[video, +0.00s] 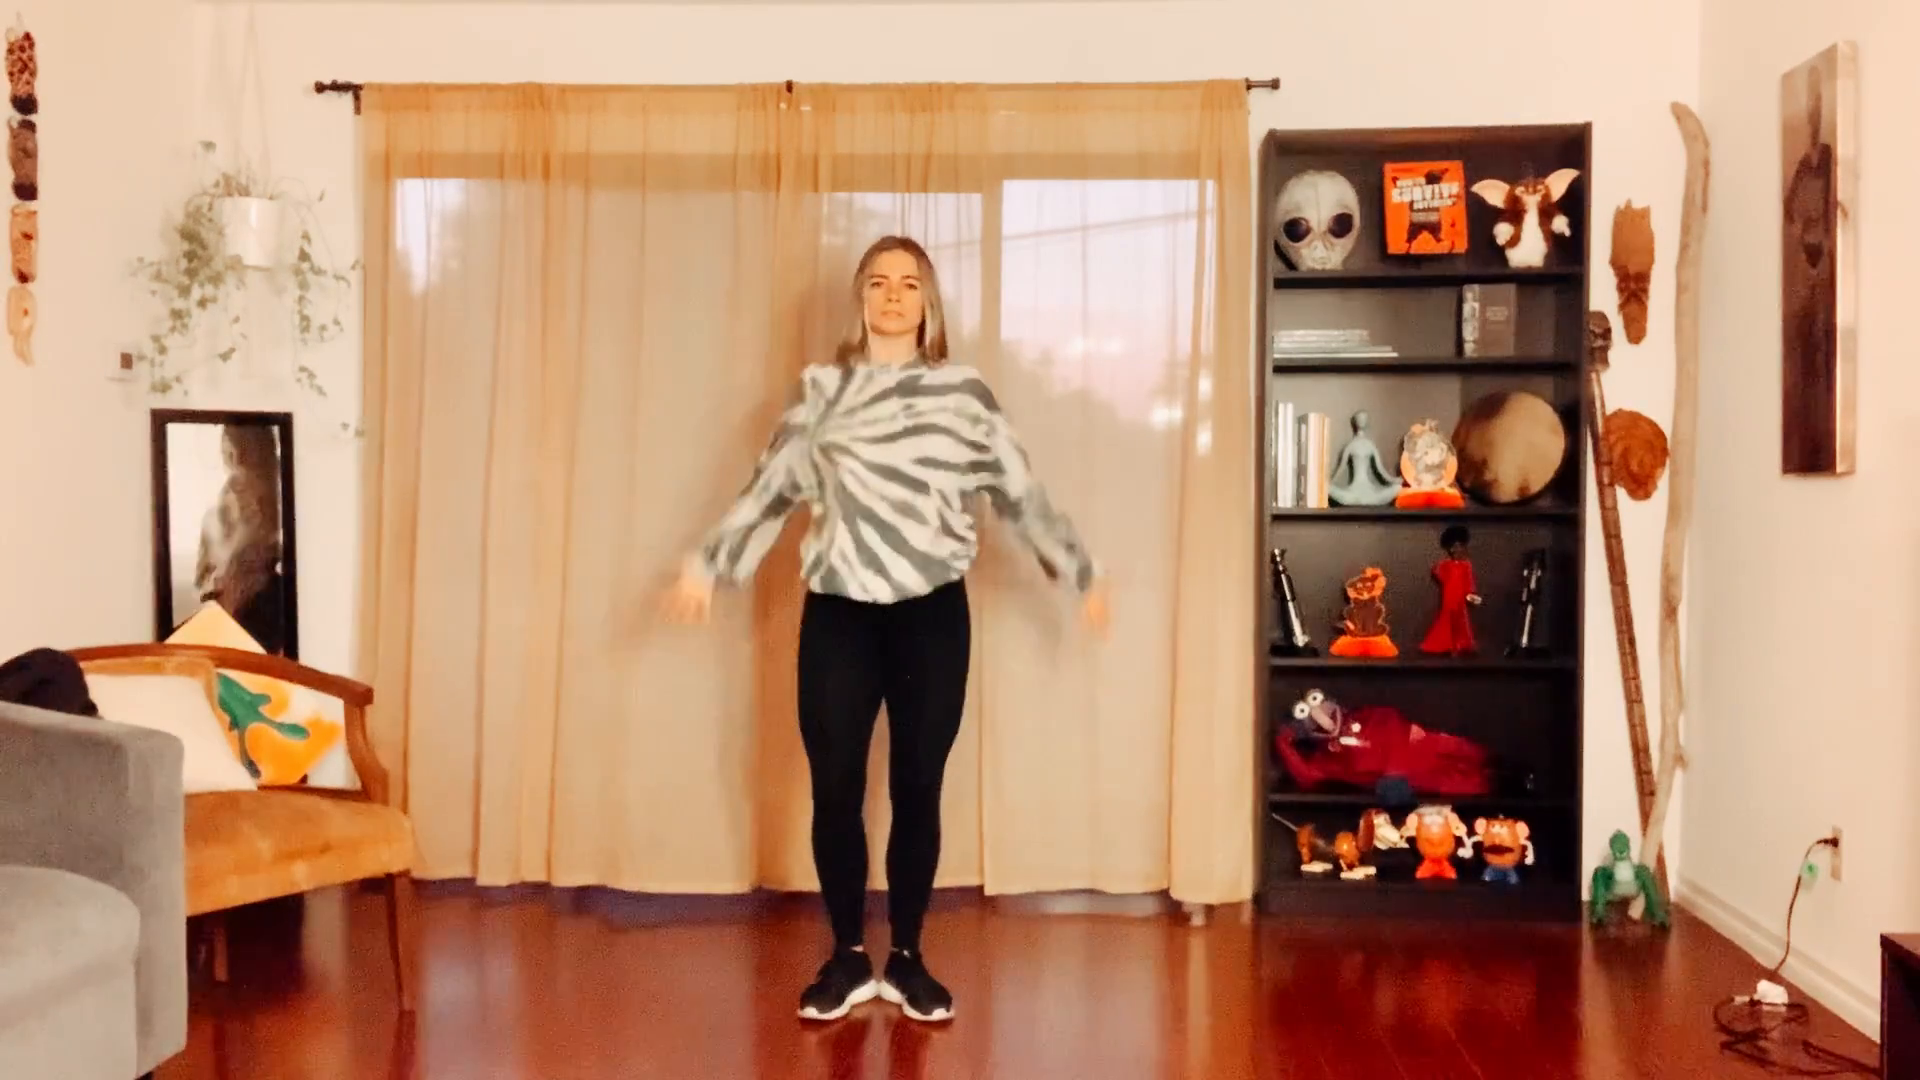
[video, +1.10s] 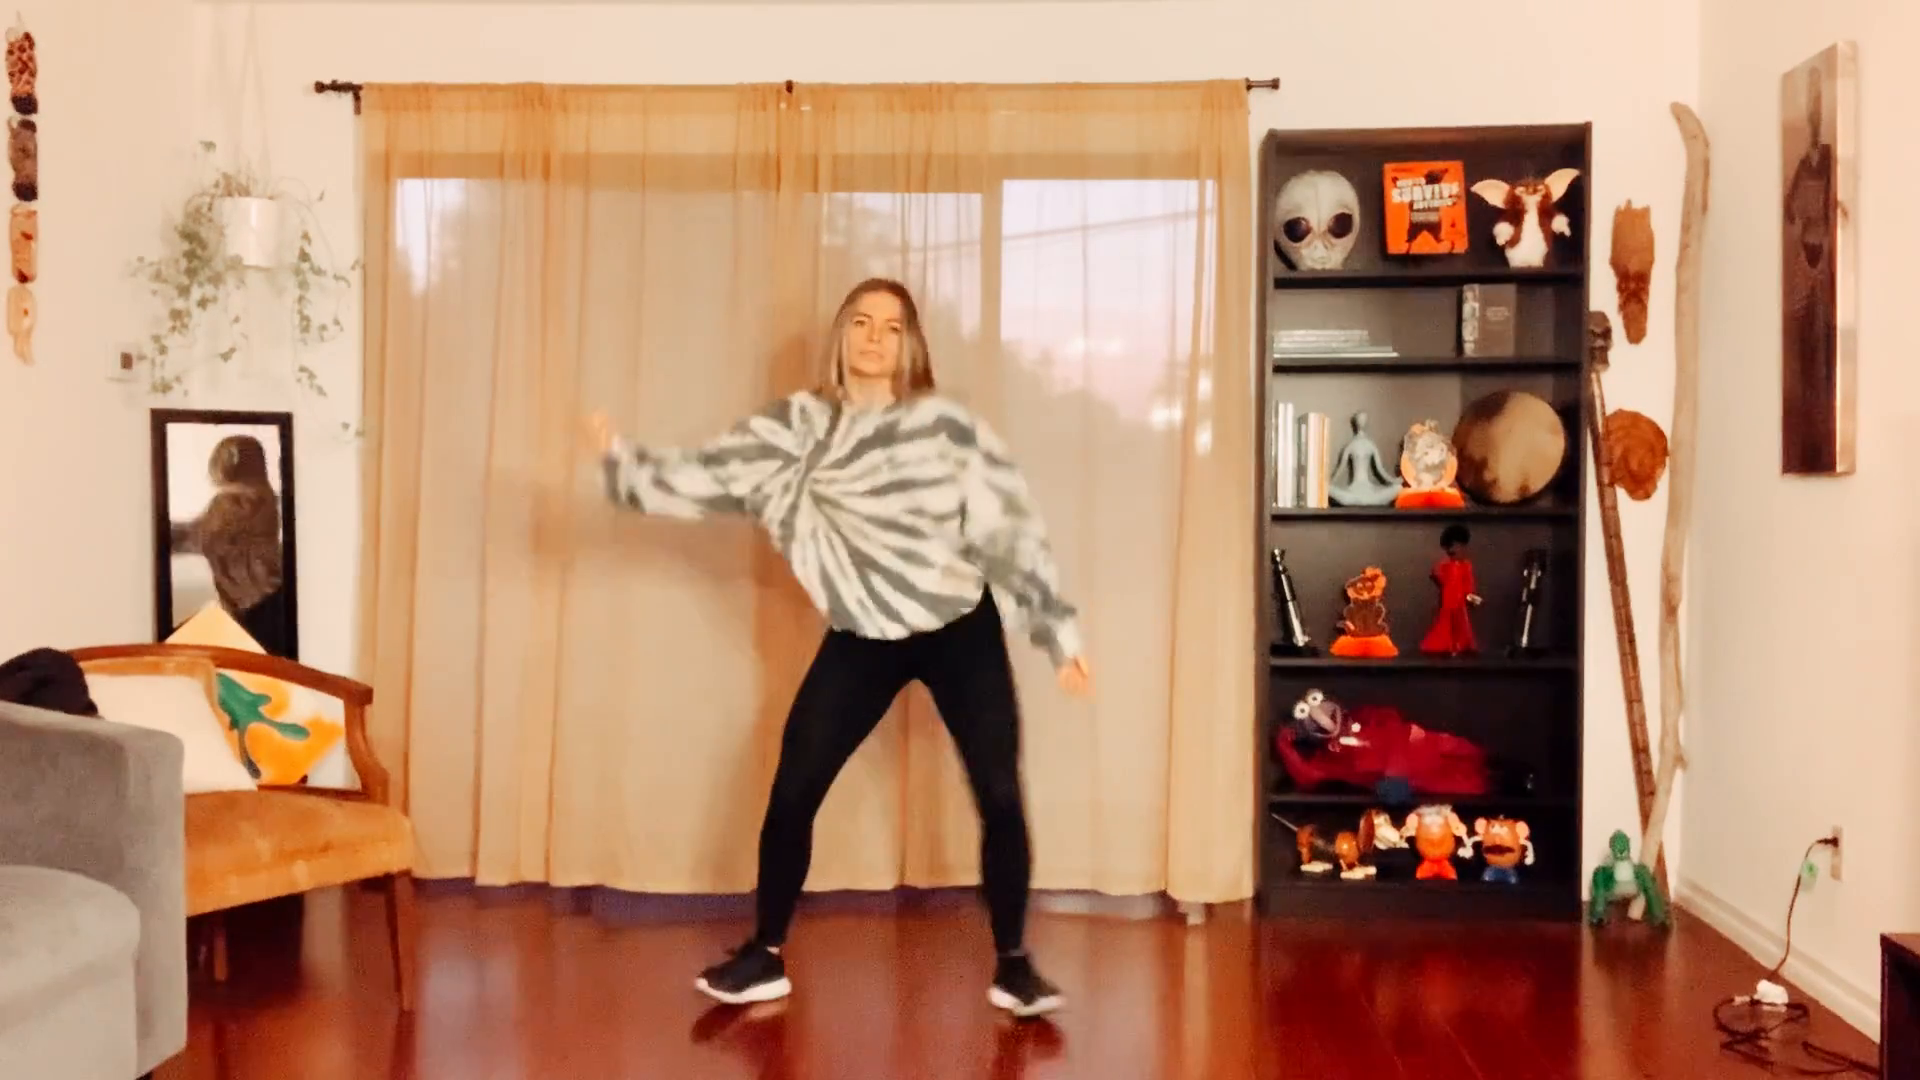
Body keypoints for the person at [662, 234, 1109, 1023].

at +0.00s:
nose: (892, 293)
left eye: (908, 283)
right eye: (879, 281)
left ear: (928, 300)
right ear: (859, 297)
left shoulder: (963, 394)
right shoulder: (825, 390)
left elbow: (1019, 494)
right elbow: (774, 486)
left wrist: (1080, 571)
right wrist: (709, 562)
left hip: (930, 613)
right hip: (838, 612)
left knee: (916, 789)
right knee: (837, 788)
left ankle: (905, 960)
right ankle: (848, 958)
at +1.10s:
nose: (876, 334)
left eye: (891, 326)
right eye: (863, 322)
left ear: (910, 344)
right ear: (838, 335)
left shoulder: (947, 426)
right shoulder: (801, 426)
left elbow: (1012, 531)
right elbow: (715, 472)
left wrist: (1059, 630)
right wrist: (624, 462)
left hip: (961, 626)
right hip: (865, 634)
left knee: (1001, 797)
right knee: (794, 790)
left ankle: (1013, 963)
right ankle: (765, 954)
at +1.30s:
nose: (952, 347)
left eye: (964, 339)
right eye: (937, 334)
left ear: (979, 357)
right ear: (906, 348)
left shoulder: (1007, 449)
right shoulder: (866, 430)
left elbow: (1072, 549)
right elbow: (792, 467)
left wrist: (1152, 605)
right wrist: (717, 456)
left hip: (987, 653)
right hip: (888, 648)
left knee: (1086, 800)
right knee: (801, 796)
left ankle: (1049, 969)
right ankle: (755, 955)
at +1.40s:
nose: (1018, 347)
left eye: (1033, 341)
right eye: (1004, 338)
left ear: (1054, 368)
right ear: (977, 359)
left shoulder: (1084, 462)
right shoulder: (934, 442)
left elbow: (1185, 508)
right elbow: (863, 522)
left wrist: (1303, 512)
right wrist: (800, 574)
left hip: (1002, 662)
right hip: (902, 647)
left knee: (1106, 805)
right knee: (807, 797)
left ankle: (1051, 969)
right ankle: (752, 955)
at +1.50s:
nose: (1055, 359)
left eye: (1070, 350)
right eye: (1040, 351)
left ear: (1091, 376)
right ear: (1021, 375)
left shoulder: (1129, 463)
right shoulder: (983, 459)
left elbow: (1236, 454)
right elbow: (925, 549)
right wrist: (865, 624)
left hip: (1028, 668)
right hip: (930, 650)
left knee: (1129, 817)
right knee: (831, 801)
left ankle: (1054, 972)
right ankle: (760, 954)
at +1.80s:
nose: (1108, 375)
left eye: (1118, 364)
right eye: (1089, 366)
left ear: (1132, 376)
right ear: (1059, 384)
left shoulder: (1176, 442)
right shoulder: (1034, 481)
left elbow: (1277, 435)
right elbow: (973, 597)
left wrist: (1242, 364)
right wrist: (924, 700)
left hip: (1121, 668)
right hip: (1025, 657)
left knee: (1139, 858)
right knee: (932, 820)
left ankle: (1082, 956)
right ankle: (877, 945)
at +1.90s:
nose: (1119, 373)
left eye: (1127, 362)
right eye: (1102, 363)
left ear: (1139, 375)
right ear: (1069, 376)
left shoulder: (1176, 463)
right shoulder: (1043, 473)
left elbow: (1272, 433)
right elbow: (988, 565)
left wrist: (1212, 413)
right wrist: (935, 650)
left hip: (1143, 661)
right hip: (1050, 656)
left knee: (1123, 847)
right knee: (998, 829)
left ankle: (1087, 957)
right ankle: (981, 952)